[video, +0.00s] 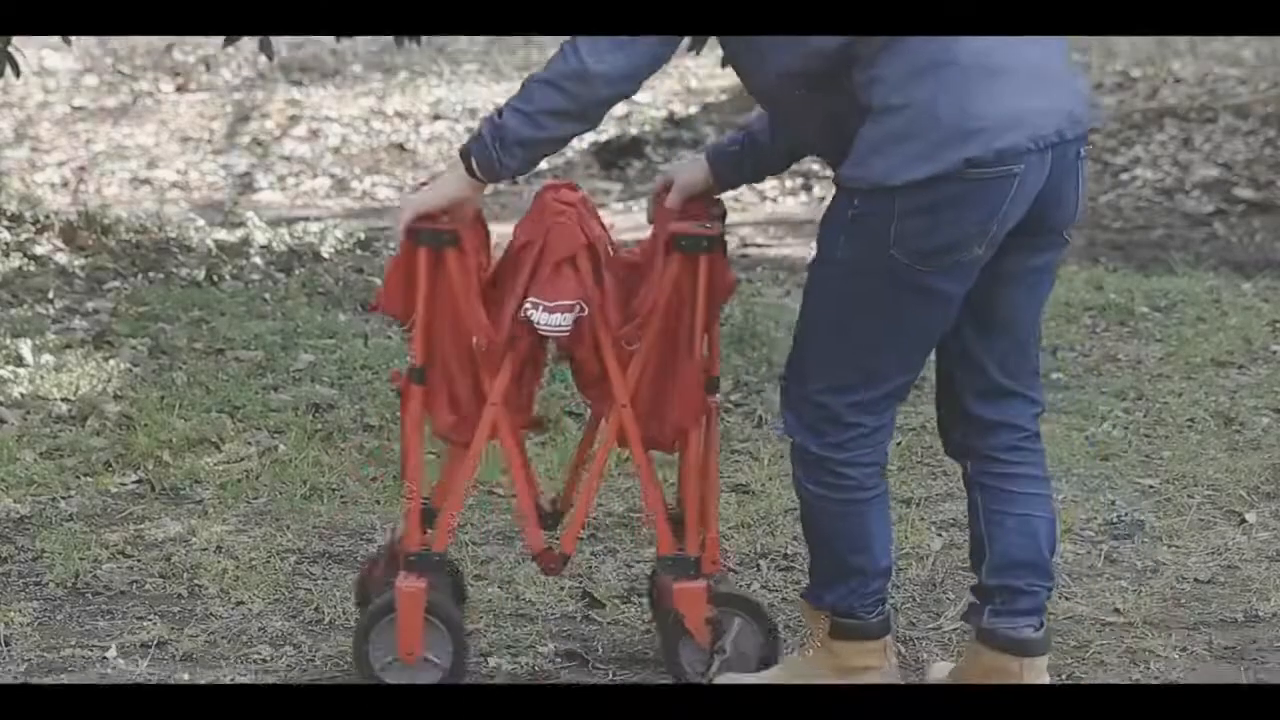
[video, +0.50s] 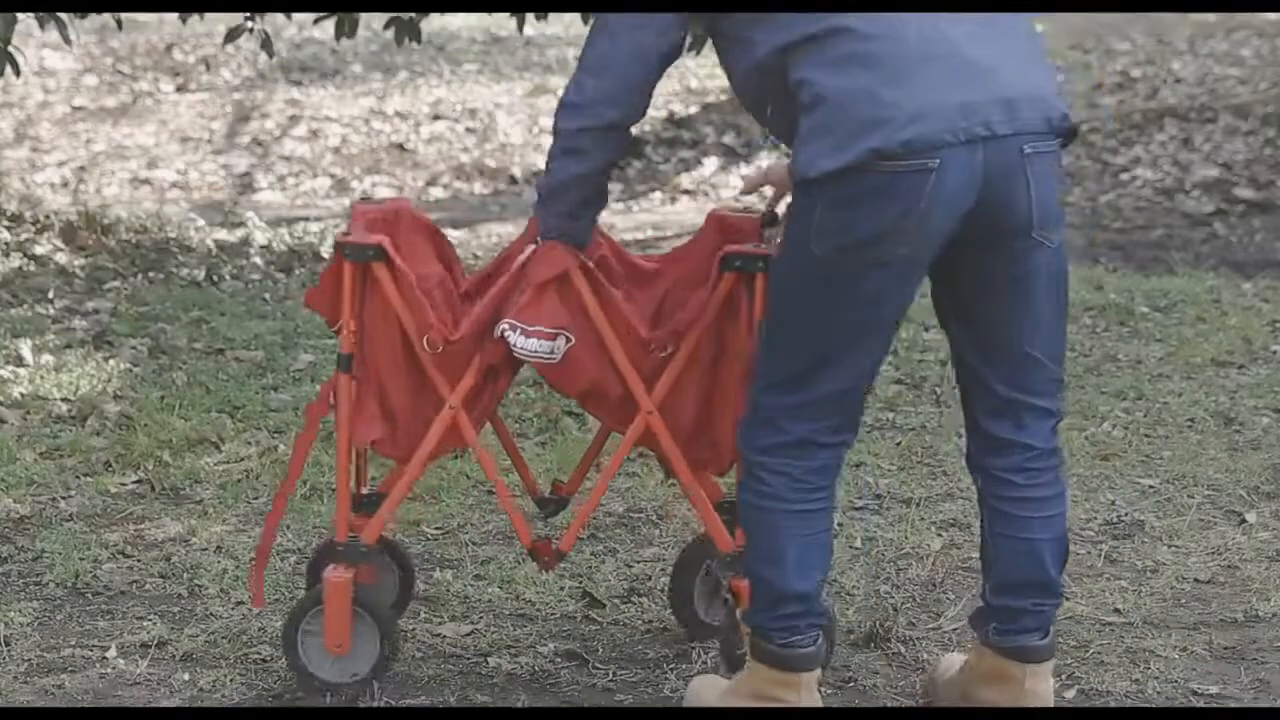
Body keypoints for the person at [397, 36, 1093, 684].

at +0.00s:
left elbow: (602, 66)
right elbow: (844, 92)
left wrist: (472, 171)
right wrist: (717, 167)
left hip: (932, 150)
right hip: (1056, 133)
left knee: (836, 414)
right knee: (1000, 416)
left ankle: (852, 650)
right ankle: (1010, 655)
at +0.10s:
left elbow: (617, 54)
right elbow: (877, 93)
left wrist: (483, 153)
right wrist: (750, 168)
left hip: (946, 151)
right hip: (1073, 140)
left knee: (809, 388)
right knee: (1012, 416)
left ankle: (838, 650)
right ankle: (1012, 660)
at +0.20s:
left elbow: (632, 51)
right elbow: (891, 87)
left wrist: (555, 144)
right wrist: (777, 166)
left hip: (932, 147)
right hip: (1065, 140)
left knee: (804, 394)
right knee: (1017, 423)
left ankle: (845, 652)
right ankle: (1013, 663)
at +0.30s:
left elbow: (631, 55)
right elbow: (942, 67)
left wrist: (567, 180)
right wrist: (814, 163)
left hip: (924, 143)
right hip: (1058, 135)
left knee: (810, 396)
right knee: (1026, 421)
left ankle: (831, 655)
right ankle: (1012, 664)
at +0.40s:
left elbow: (623, 74)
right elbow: (949, 66)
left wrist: (562, 196)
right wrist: (814, 168)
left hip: (912, 152)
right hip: (1049, 143)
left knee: (809, 418)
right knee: (1031, 433)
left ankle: (795, 667)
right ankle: (1013, 667)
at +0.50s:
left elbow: (598, 101)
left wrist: (560, 232)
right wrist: (808, 160)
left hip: (883, 154)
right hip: (1025, 143)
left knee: (797, 434)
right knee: (1021, 432)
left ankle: (783, 672)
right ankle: (1018, 664)